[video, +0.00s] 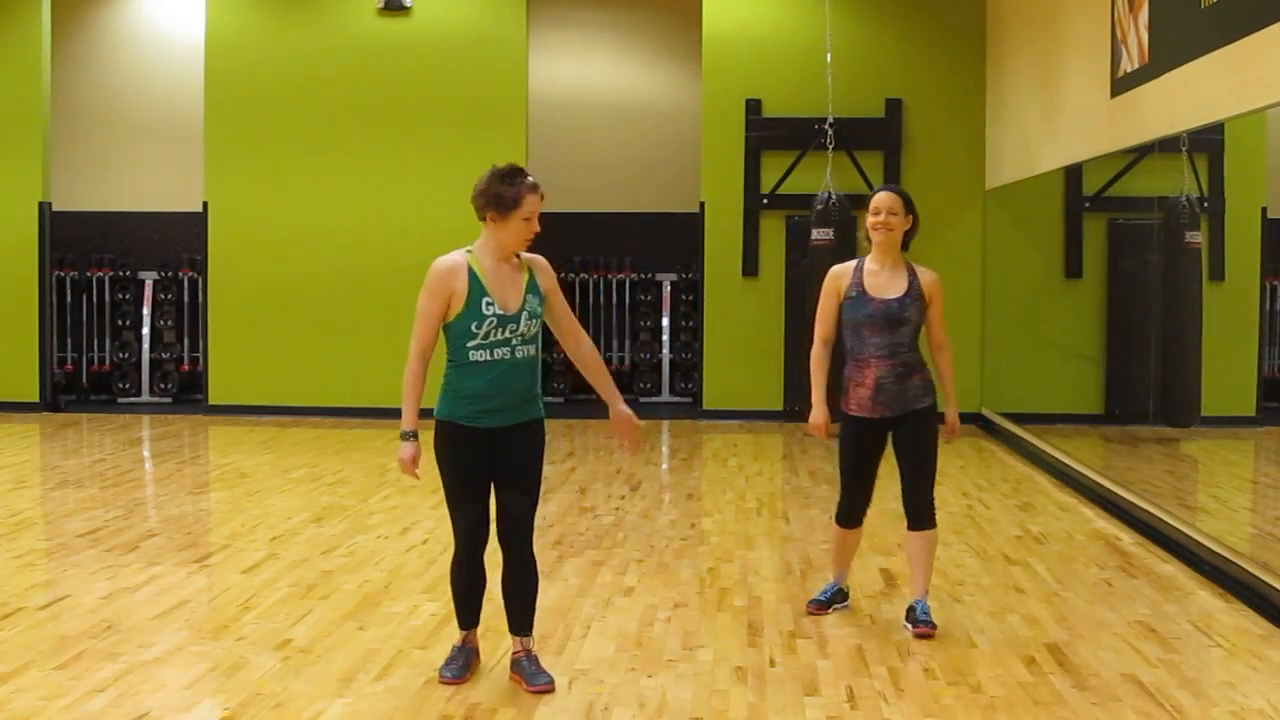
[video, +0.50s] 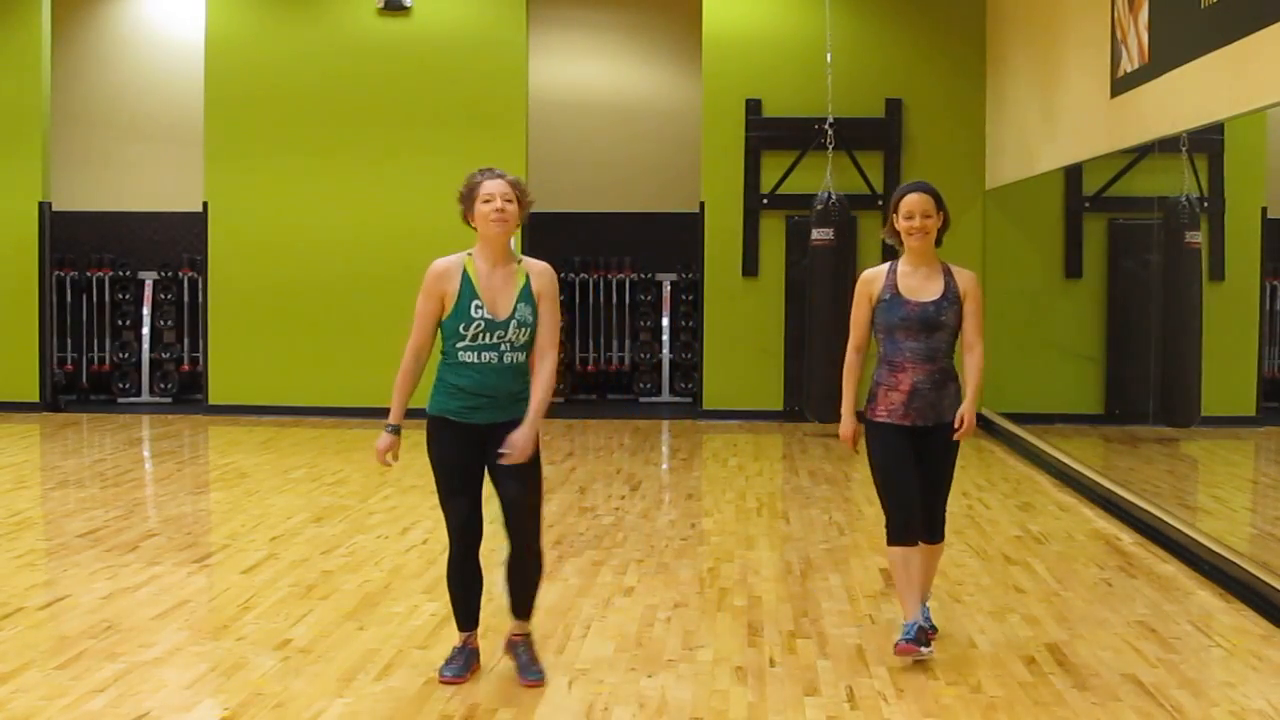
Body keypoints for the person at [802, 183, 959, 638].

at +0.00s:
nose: (881, 219)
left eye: (891, 213)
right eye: (875, 212)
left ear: (908, 223)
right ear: (865, 220)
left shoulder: (925, 281)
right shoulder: (841, 276)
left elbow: (940, 346)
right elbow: (821, 343)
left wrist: (951, 404)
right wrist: (818, 402)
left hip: (915, 406)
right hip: (859, 407)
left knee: (920, 504)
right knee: (852, 502)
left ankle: (921, 602)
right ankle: (837, 585)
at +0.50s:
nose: (918, 223)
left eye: (926, 215)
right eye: (909, 216)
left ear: (941, 221)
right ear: (895, 223)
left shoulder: (963, 282)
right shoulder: (873, 280)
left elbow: (972, 347)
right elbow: (855, 349)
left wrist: (970, 400)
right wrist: (847, 411)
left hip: (941, 415)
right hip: (886, 414)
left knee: (932, 515)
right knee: (903, 515)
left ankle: (921, 604)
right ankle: (911, 620)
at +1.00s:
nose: (928, 214)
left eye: (937, 207)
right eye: (918, 205)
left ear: (949, 215)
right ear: (902, 211)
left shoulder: (967, 277)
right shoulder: (873, 273)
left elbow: (980, 351)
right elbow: (854, 347)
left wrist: (989, 416)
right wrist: (864, 409)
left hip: (951, 422)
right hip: (891, 424)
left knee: (972, 532)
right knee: (903, 534)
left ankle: (979, 639)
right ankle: (916, 636)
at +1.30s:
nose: (946, 213)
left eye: (956, 205)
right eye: (937, 204)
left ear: (969, 215)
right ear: (919, 212)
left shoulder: (987, 281)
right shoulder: (889, 279)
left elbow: (999, 356)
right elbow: (875, 353)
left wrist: (1010, 423)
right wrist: (885, 417)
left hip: (979, 426)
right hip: (915, 427)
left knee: (1002, 539)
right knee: (914, 537)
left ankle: (1026, 654)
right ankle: (917, 637)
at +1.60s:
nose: (965, 205)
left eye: (975, 197)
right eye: (955, 198)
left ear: (990, 211)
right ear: (940, 213)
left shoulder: (1017, 276)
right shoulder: (918, 283)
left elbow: (1040, 351)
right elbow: (907, 361)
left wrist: (1046, 420)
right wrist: (903, 431)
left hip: (1005, 432)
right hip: (938, 432)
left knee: (1018, 547)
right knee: (898, 536)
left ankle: (1026, 663)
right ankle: (896, 635)